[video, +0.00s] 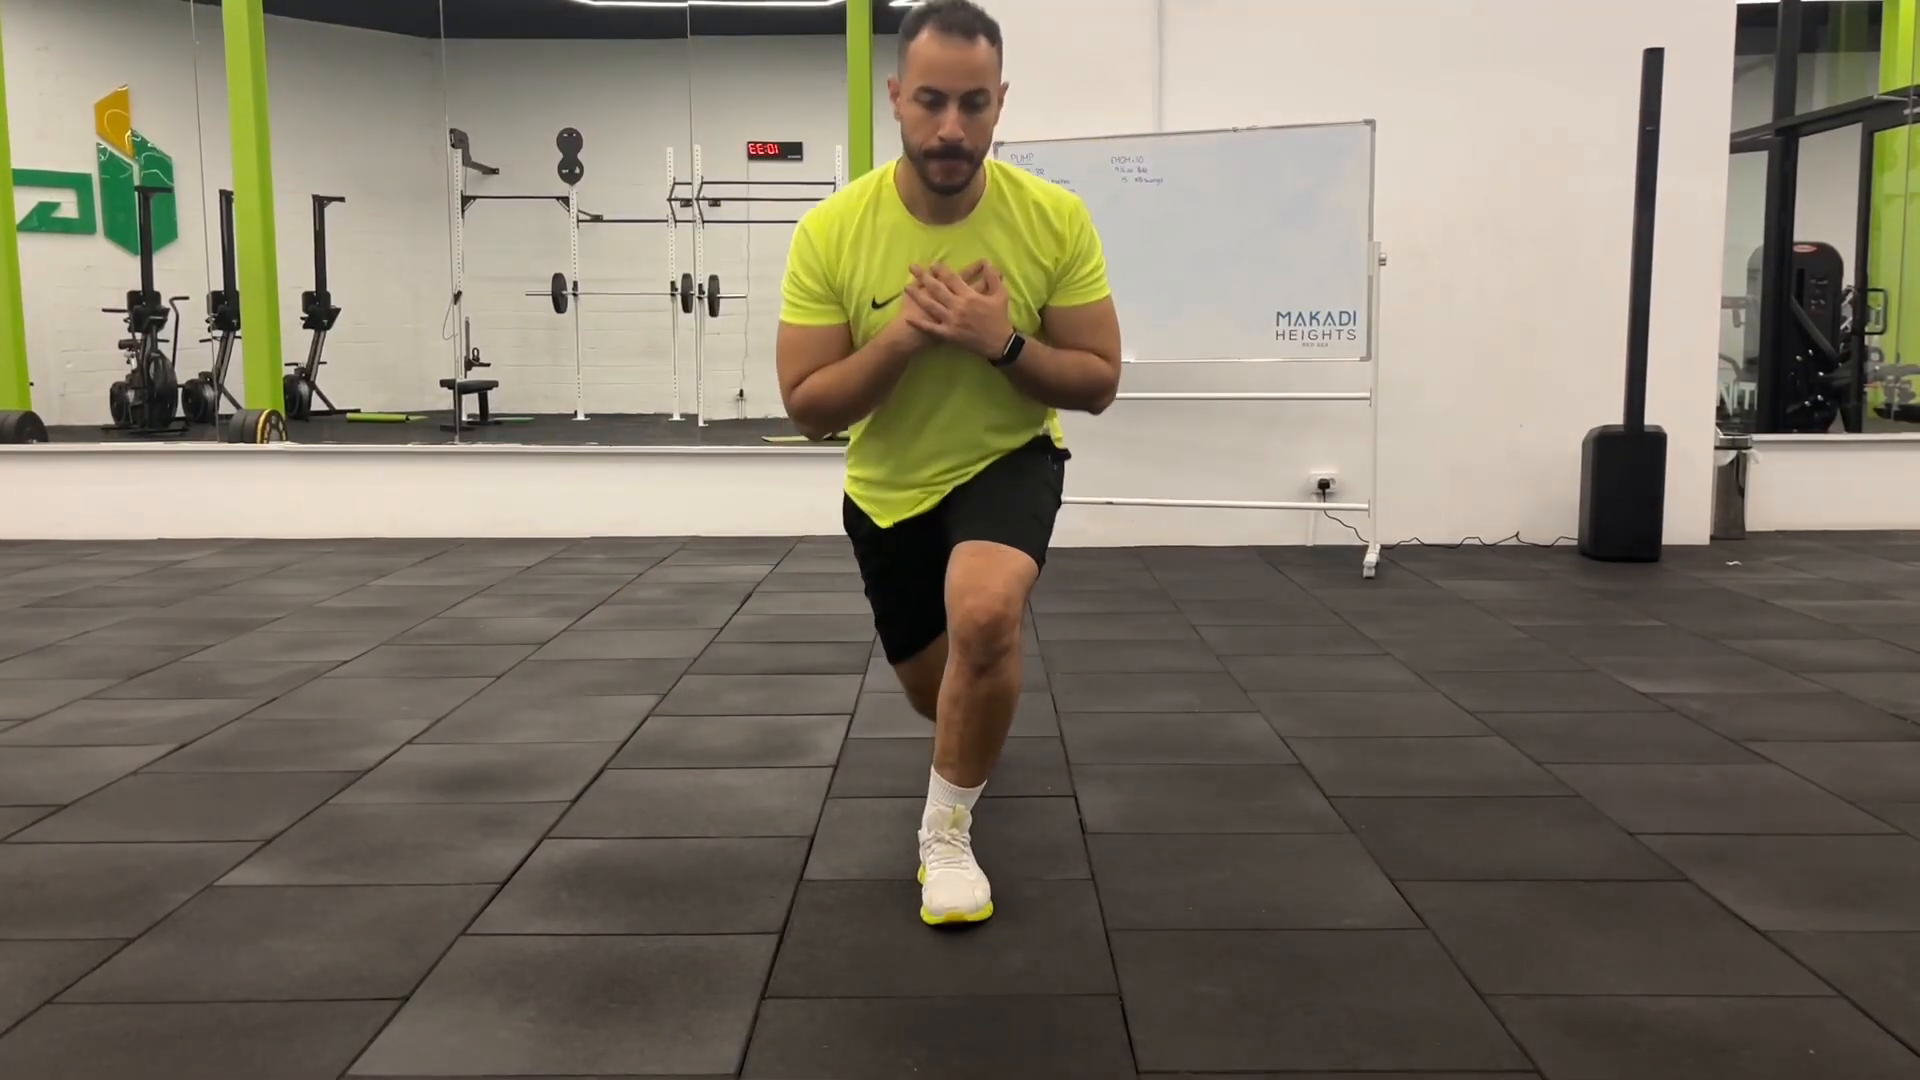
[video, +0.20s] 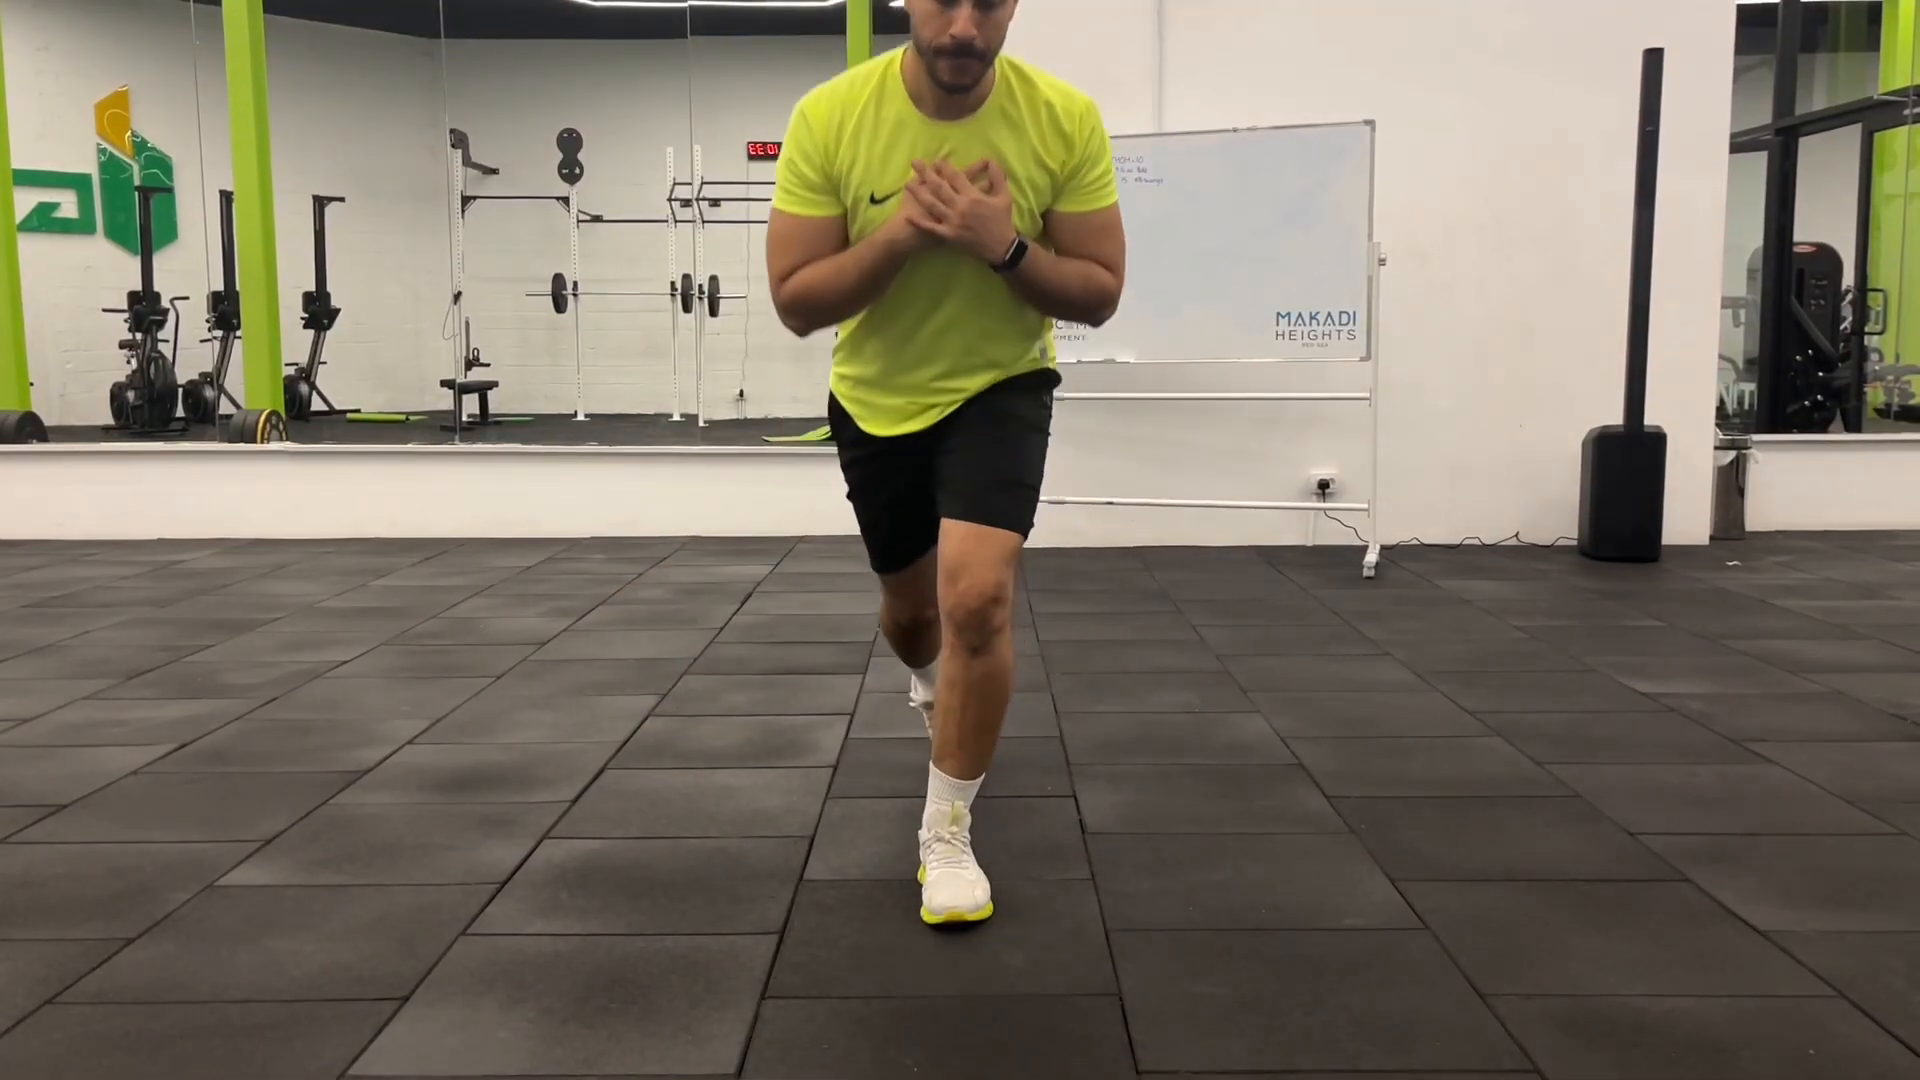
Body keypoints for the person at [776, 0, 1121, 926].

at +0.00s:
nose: (951, 130)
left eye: (974, 105)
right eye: (930, 102)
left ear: (1000, 103)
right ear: (896, 98)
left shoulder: (1054, 221)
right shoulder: (832, 232)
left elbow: (1099, 383)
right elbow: (809, 404)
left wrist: (1004, 342)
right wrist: (905, 332)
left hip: (1010, 453)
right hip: (889, 480)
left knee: (985, 618)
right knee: (930, 691)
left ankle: (948, 831)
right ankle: (978, 707)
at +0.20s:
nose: (965, 26)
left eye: (988, 5)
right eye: (944, 3)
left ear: (1013, 12)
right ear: (907, 4)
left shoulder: (1064, 121)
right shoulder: (828, 119)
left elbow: (1099, 294)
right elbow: (796, 303)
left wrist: (1004, 246)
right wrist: (899, 232)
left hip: (1001, 379)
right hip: (876, 391)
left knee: (977, 602)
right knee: (911, 615)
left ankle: (948, 830)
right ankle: (933, 691)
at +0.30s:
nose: (962, 11)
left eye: (977, 0)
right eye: (943, 1)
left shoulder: (1067, 80)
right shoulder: (828, 75)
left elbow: (1101, 258)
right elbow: (792, 258)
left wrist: (1005, 204)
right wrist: (900, 184)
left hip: (998, 354)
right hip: (868, 359)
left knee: (974, 593)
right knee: (890, 597)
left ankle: (948, 830)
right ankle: (908, 680)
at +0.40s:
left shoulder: (1064, 45)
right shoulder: (828, 34)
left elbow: (1100, 232)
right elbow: (789, 225)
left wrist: (999, 166)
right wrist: (891, 148)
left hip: (995, 340)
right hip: (860, 340)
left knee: (969, 586)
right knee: (859, 592)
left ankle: (948, 827)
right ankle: (879, 707)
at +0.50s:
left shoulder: (1060, 18)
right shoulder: (825, 13)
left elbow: (1097, 209)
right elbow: (786, 199)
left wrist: (994, 135)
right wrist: (886, 113)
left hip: (989, 332)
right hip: (853, 327)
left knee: (964, 579)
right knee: (830, 580)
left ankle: (947, 829)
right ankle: (829, 742)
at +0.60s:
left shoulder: (1059, 13)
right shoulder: (818, 8)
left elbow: (1092, 192)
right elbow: (779, 181)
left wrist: (986, 109)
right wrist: (871, 88)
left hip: (983, 327)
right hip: (841, 317)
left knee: (959, 576)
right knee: (804, 573)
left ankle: (947, 834)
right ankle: (776, 787)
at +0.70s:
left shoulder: (1050, 9)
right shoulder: (812, 5)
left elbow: (1083, 185)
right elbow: (770, 173)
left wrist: (979, 94)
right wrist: (870, 69)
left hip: (974, 325)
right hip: (832, 316)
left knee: (956, 575)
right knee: (786, 566)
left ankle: (947, 836)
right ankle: (741, 809)